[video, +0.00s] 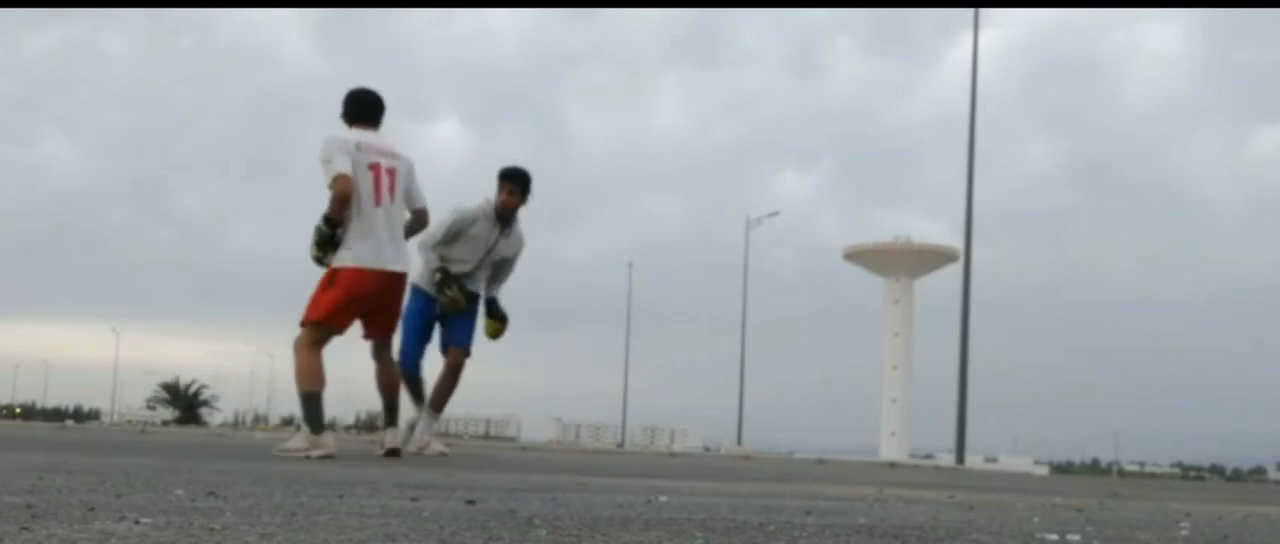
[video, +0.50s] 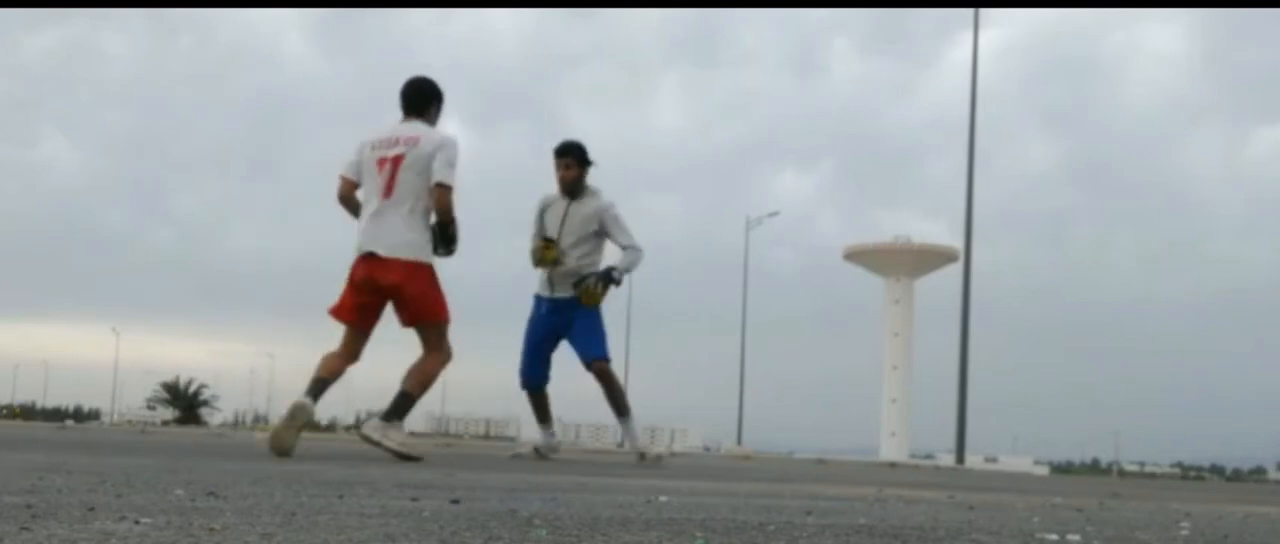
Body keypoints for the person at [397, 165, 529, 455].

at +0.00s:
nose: (506, 200)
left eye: (514, 195)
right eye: (504, 192)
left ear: (523, 201)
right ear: (497, 191)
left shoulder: (514, 241)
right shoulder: (468, 216)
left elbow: (495, 280)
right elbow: (425, 242)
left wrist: (492, 305)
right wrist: (441, 277)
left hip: (465, 295)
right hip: (428, 285)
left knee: (456, 359)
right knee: (407, 361)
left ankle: (425, 432)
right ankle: (421, 411)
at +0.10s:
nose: (517, 184)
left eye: (525, 179)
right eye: (514, 176)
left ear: (534, 184)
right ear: (506, 175)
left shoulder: (532, 229)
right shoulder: (480, 202)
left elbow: (526, 267)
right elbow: (442, 231)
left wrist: (523, 297)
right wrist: (462, 257)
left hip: (491, 296)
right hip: (456, 289)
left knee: (470, 360)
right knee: (453, 367)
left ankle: (432, 430)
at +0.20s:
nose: (523, 181)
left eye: (530, 176)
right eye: (520, 174)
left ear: (542, 181)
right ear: (513, 175)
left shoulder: (547, 223)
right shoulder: (490, 206)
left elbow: (558, 263)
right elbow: (460, 239)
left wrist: (556, 289)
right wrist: (481, 255)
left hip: (521, 292)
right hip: (486, 293)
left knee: (504, 354)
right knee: (495, 376)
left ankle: (467, 422)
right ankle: (538, 429)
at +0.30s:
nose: (530, 180)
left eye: (537, 174)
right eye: (526, 173)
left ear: (550, 178)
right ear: (520, 176)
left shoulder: (562, 221)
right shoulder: (504, 213)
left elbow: (588, 262)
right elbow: (489, 253)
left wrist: (583, 288)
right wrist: (501, 262)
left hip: (544, 293)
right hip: (511, 296)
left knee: (531, 348)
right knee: (510, 384)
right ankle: (542, 431)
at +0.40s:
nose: (542, 174)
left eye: (549, 168)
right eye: (538, 167)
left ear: (563, 171)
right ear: (534, 170)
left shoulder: (579, 212)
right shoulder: (524, 209)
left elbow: (614, 254)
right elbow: (517, 249)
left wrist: (600, 282)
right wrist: (524, 261)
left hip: (563, 294)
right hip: (530, 297)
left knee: (562, 354)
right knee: (520, 378)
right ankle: (546, 437)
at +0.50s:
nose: (563, 173)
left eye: (570, 167)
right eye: (559, 167)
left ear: (584, 170)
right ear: (555, 169)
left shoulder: (600, 208)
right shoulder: (546, 205)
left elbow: (633, 251)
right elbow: (536, 253)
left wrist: (612, 274)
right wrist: (542, 256)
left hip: (582, 304)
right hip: (547, 303)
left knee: (599, 367)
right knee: (531, 378)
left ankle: (630, 436)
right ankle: (548, 439)